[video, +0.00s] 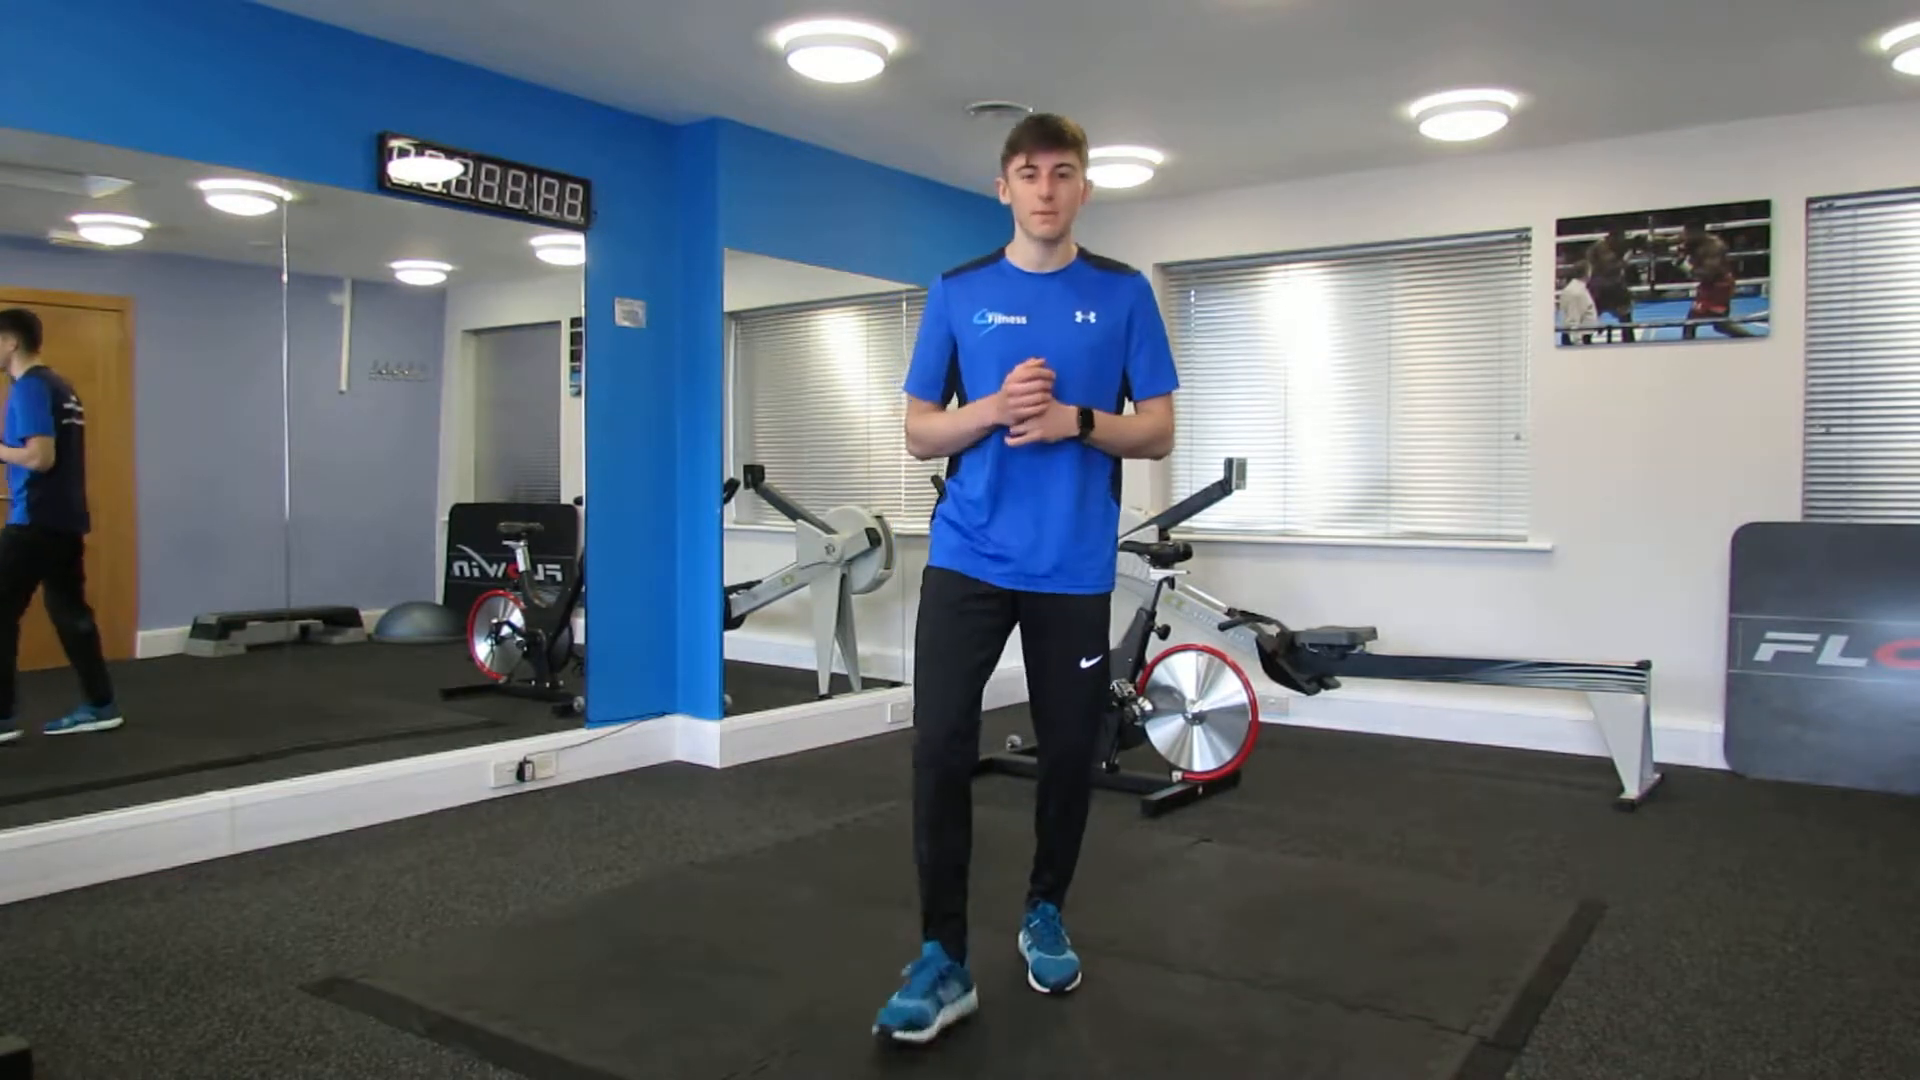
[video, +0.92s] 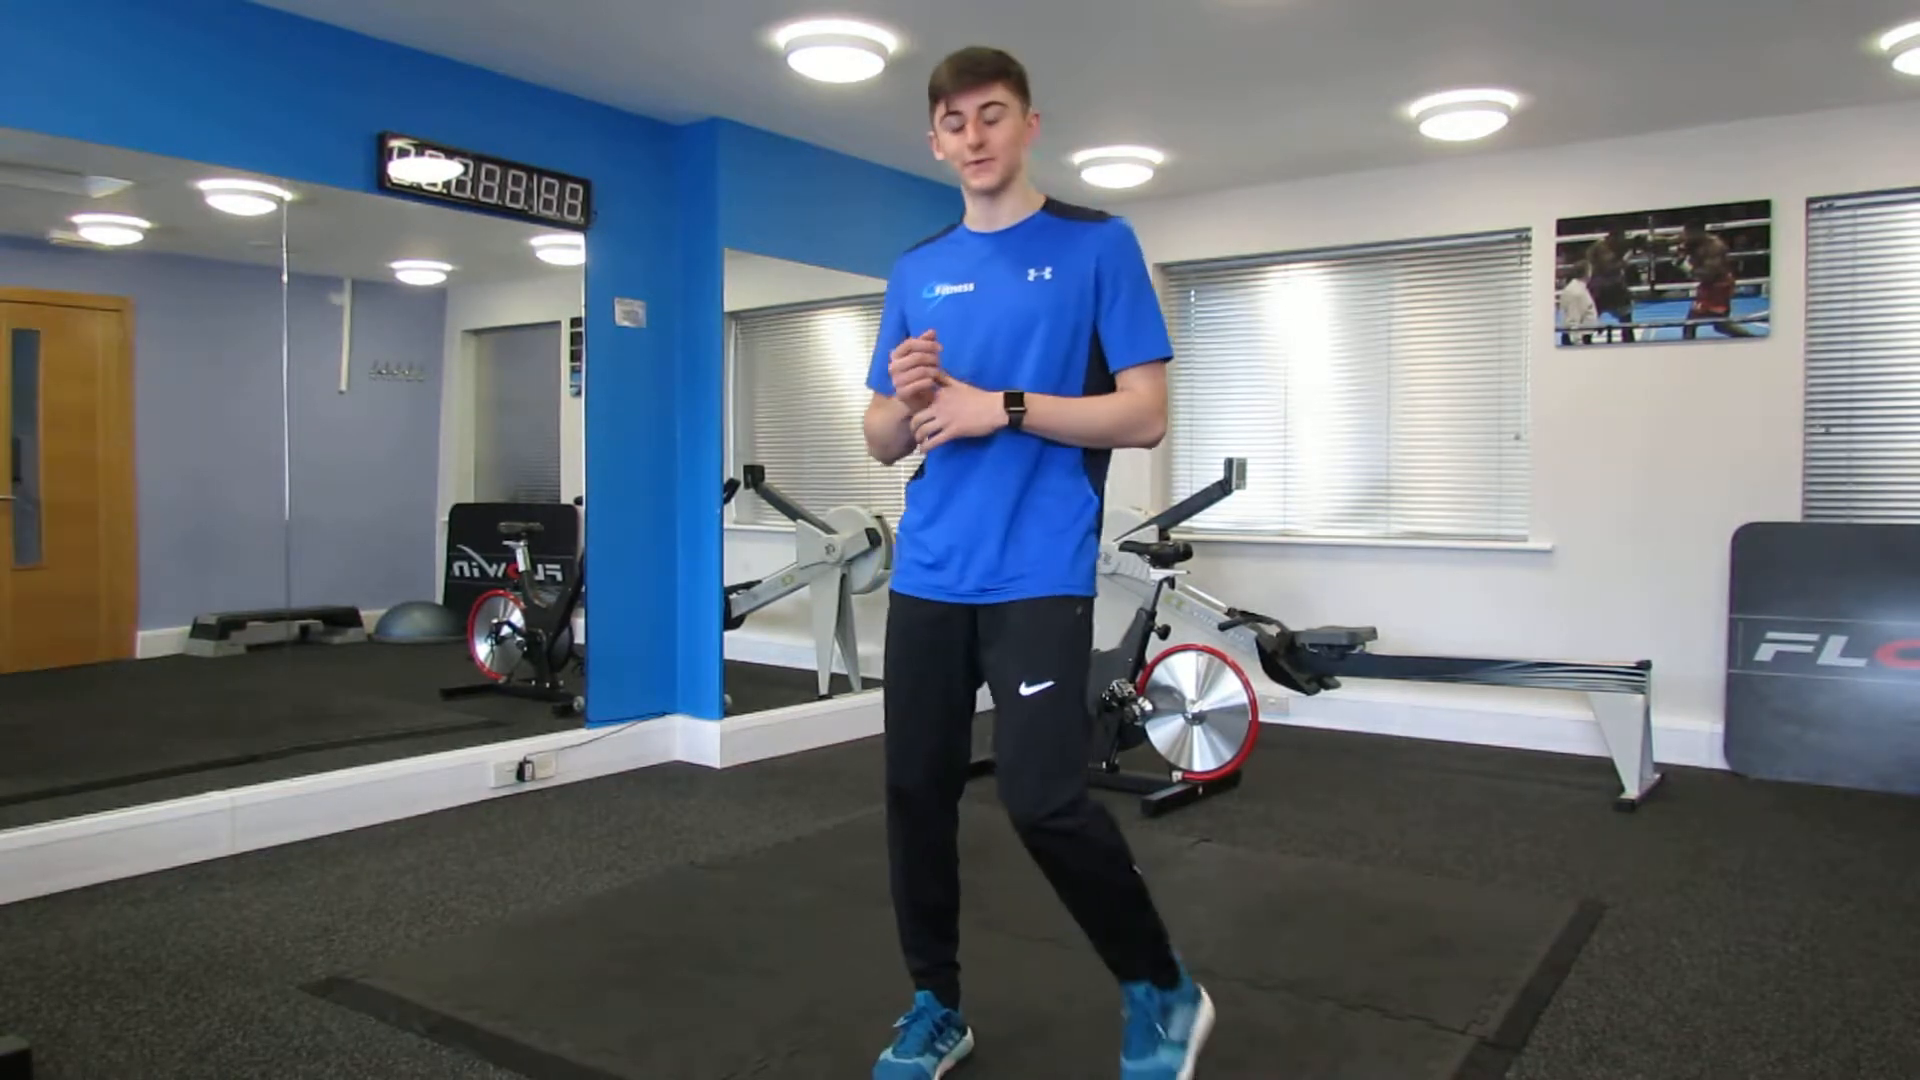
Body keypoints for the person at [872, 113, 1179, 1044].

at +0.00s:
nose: (1047, 187)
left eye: (1063, 173)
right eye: (1031, 173)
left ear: (1086, 189)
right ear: (1004, 188)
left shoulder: (1125, 295)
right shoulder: (955, 293)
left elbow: (1157, 431)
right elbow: (920, 434)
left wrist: (1079, 422)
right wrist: (995, 408)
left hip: (1073, 568)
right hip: (967, 560)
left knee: (1071, 753)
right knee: (939, 748)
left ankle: (1045, 912)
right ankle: (943, 954)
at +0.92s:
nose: (973, 134)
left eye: (992, 114)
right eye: (955, 121)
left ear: (1032, 126)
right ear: (937, 141)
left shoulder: (1099, 243)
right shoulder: (914, 271)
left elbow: (1147, 413)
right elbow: (881, 441)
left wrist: (1006, 407)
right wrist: (904, 402)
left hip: (1041, 571)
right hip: (928, 570)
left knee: (1044, 799)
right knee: (915, 792)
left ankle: (1160, 991)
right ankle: (936, 1004)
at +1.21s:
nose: (1006, 136)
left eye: (1024, 108)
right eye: (994, 122)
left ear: (1085, 110)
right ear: (992, 142)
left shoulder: (1162, 233)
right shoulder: (1017, 266)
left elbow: (1224, 410)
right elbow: (1024, 432)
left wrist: (1055, 428)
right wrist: (958, 391)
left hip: (1122, 593)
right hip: (1019, 586)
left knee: (1141, 827)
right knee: (969, 800)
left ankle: (1210, 1044)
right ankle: (960, 1007)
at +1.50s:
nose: (1037, 139)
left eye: (1052, 113)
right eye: (1033, 120)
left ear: (1119, 110)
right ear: (1089, 123)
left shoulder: (1205, 228)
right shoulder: (1093, 247)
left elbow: (1255, 408)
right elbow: (1133, 400)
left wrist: (1088, 429)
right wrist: (1053, 389)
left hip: (1194, 583)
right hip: (1110, 574)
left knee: (1192, 815)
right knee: (1090, 792)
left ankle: (1219, 1039)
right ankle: (1044, 990)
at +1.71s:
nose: (1078, 147)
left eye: (1093, 122)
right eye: (1072, 129)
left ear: (1159, 116)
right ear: (1101, 134)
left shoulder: (1235, 231)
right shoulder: (1122, 251)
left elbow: (1250, 419)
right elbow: (1143, 405)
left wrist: (1093, 410)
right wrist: (1083, 373)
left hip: (1219, 580)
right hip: (1138, 570)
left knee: (1211, 812)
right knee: (1125, 759)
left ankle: (1228, 1041)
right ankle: (1186, 948)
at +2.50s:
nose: (1187, 196)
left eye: (1203, 182)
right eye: (1171, 183)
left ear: (1230, 196)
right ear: (1150, 200)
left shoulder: (1283, 280)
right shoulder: (1133, 318)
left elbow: (1342, 412)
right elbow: (1122, 460)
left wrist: (1215, 408)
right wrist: (1154, 414)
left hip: (1262, 560)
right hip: (1171, 566)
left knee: (1268, 751)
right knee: (1194, 757)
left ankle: (1308, 911)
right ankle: (1238, 935)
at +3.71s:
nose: (1060, 233)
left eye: (1076, 219)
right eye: (1056, 223)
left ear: (1118, 230)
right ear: (1056, 238)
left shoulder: (1159, 307)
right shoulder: (1062, 327)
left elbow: (1191, 429)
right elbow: (1071, 421)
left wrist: (1077, 453)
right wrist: (1035, 451)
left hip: (1160, 548)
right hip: (1096, 548)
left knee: (1145, 709)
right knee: (1085, 708)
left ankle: (1179, 880)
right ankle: (1096, 867)